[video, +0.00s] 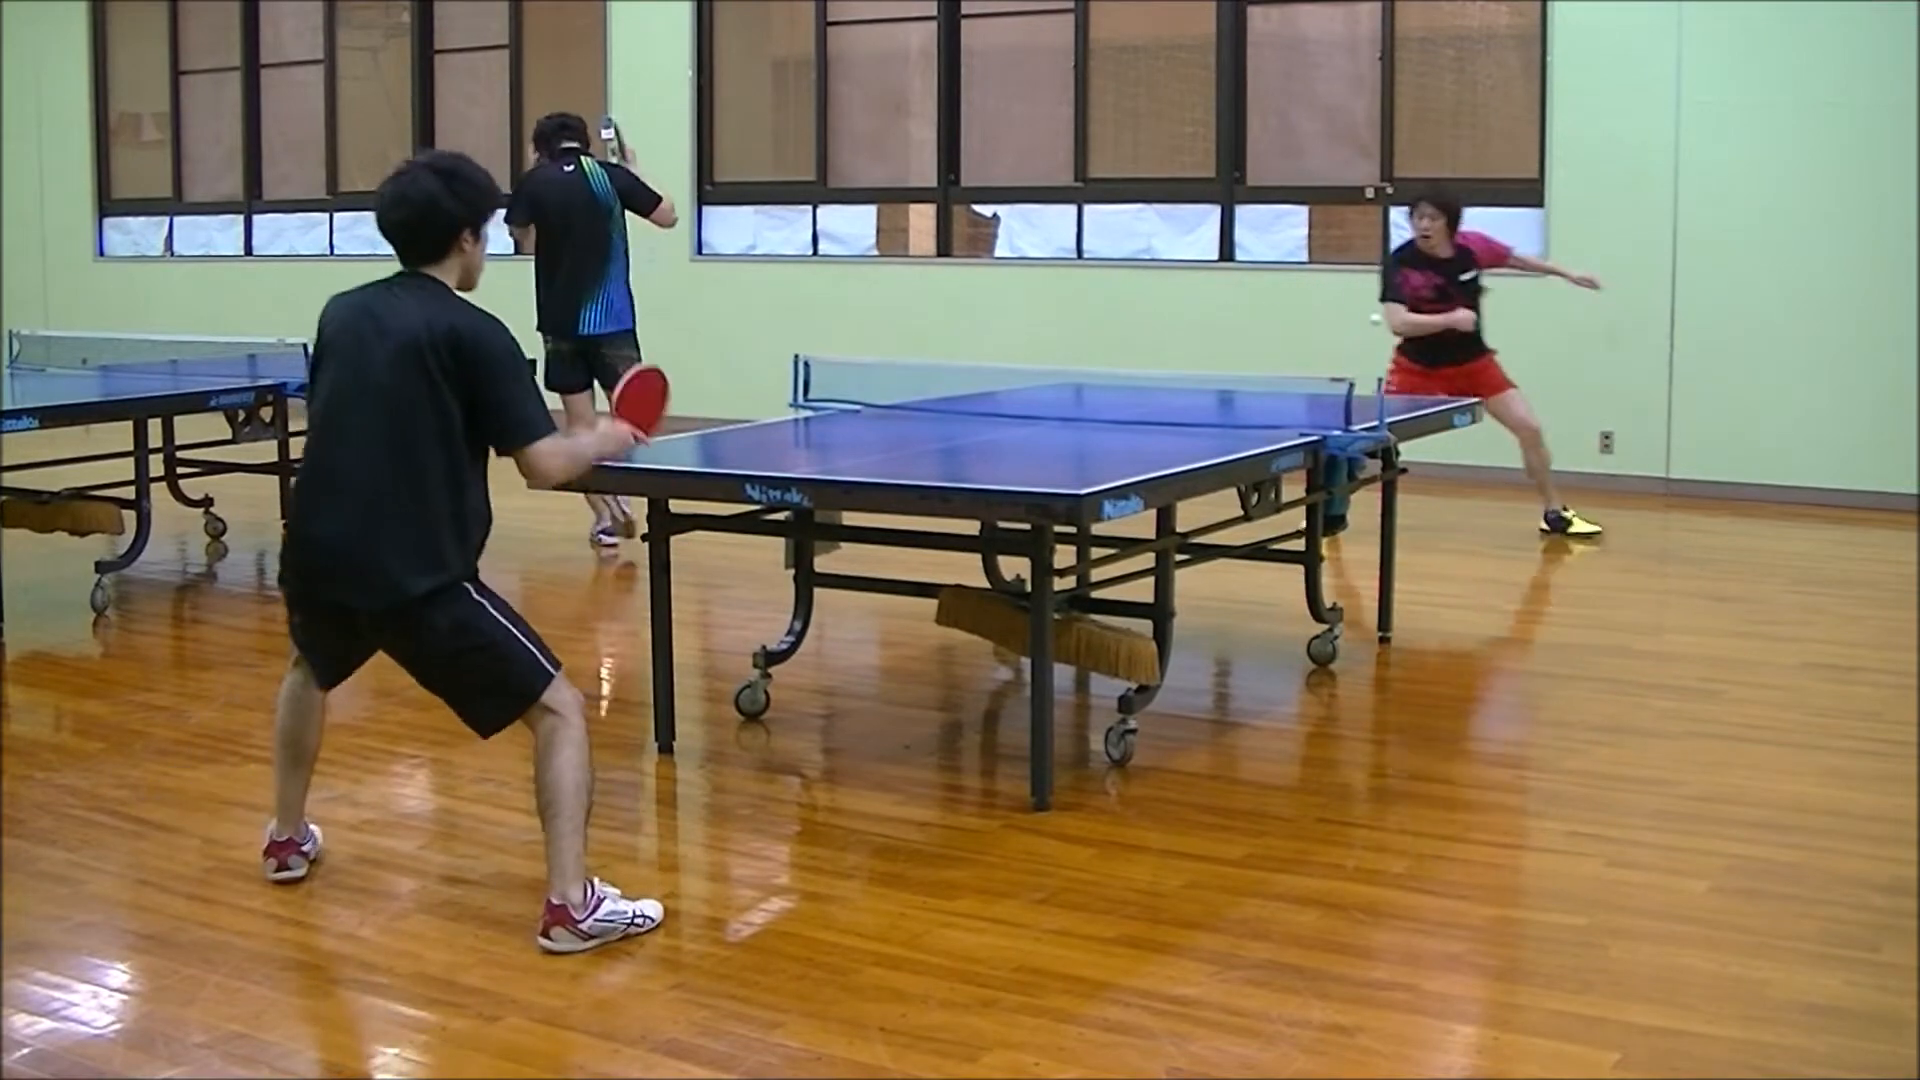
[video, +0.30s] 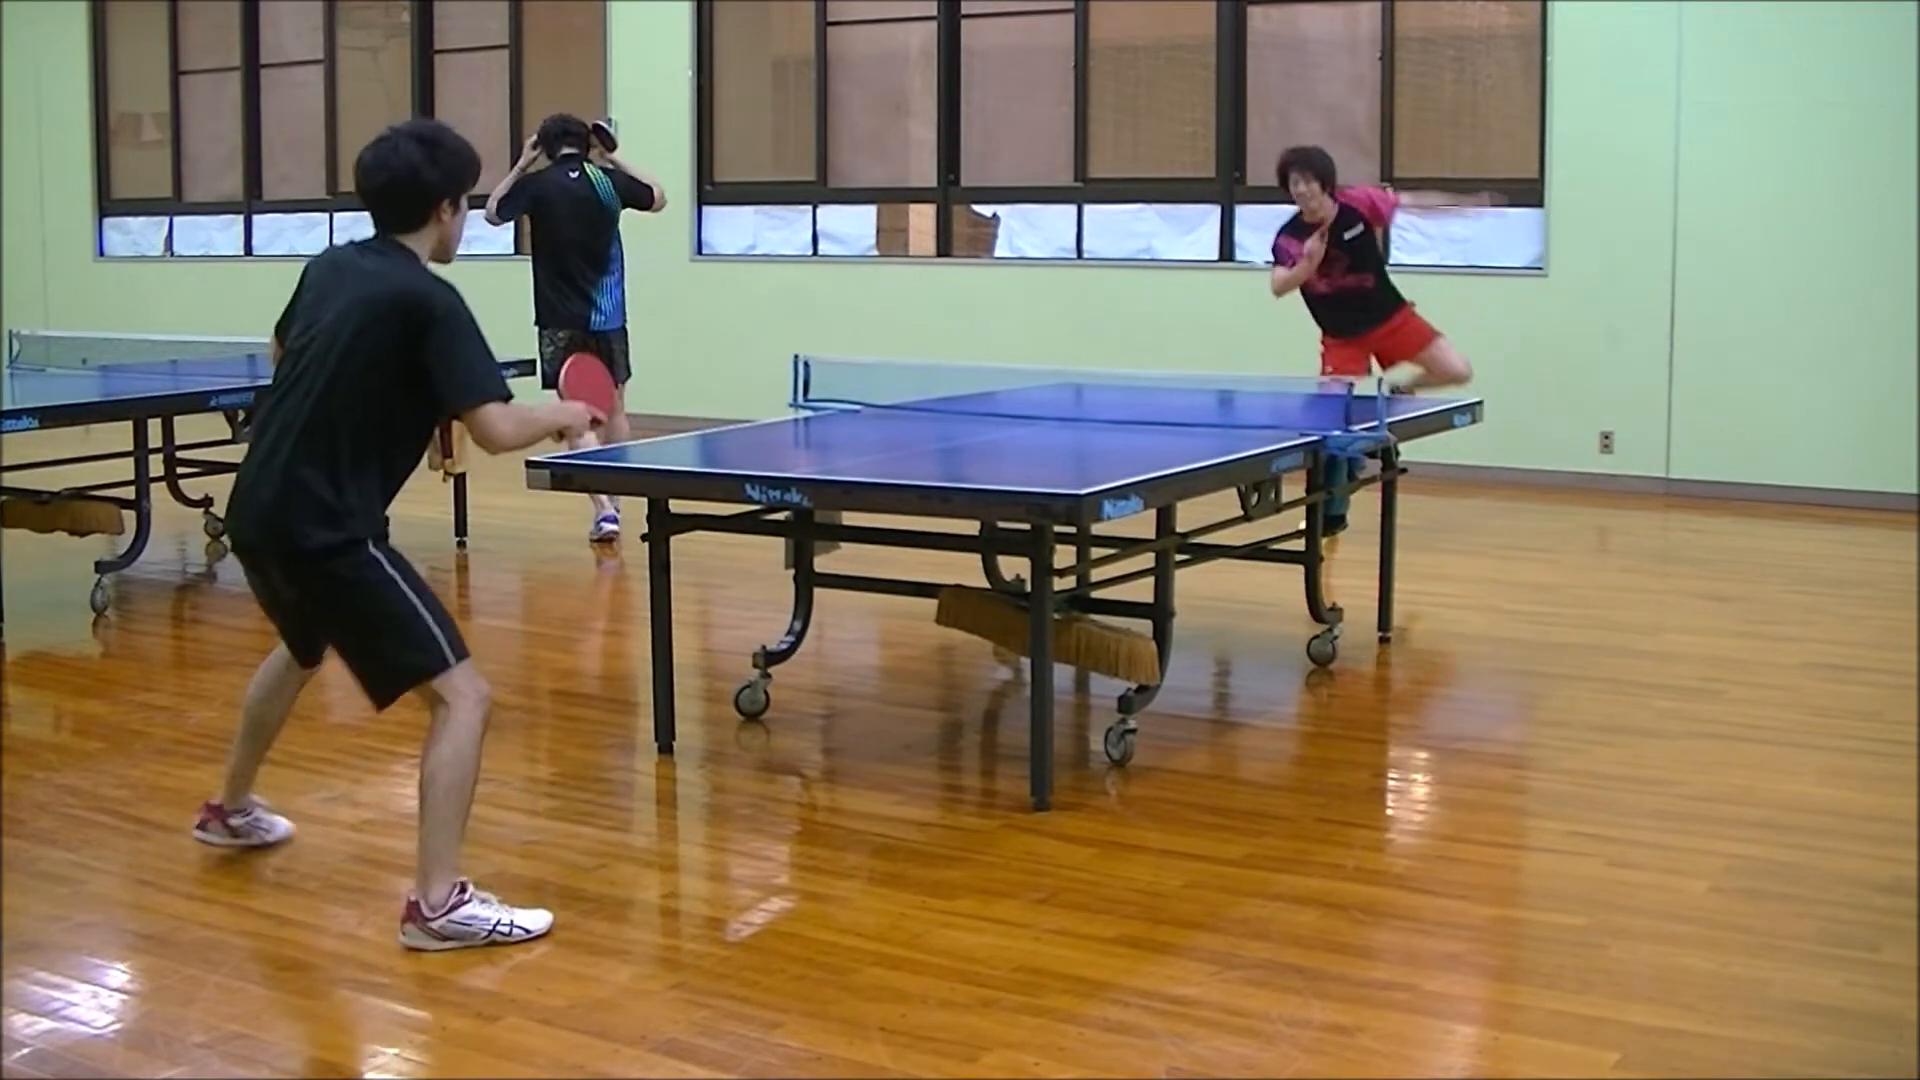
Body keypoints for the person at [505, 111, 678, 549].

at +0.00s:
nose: (533, 155)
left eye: (534, 149)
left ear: (539, 150)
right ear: (585, 144)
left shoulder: (533, 182)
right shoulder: (610, 175)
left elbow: (525, 242)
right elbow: (666, 215)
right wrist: (633, 172)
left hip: (560, 321)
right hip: (612, 319)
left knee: (579, 421)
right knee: (629, 411)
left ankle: (604, 521)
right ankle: (620, 506)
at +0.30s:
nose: (538, 154)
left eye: (539, 149)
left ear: (544, 150)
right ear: (586, 146)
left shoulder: (538, 185)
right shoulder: (607, 180)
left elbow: (494, 212)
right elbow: (657, 199)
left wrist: (522, 164)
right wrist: (614, 159)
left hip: (560, 315)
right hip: (609, 314)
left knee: (572, 414)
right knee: (615, 409)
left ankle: (604, 509)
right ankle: (614, 502)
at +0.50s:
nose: (526, 152)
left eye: (528, 145)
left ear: (536, 145)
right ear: (577, 142)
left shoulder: (537, 182)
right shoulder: (600, 179)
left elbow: (475, 197)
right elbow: (635, 195)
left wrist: (510, 157)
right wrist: (595, 161)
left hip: (552, 315)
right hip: (597, 313)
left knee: (545, 407)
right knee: (600, 407)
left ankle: (584, 476)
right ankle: (604, 498)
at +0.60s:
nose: (514, 157)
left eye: (517, 149)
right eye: (514, 148)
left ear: (531, 145)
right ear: (564, 141)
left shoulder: (532, 180)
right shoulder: (590, 177)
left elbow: (466, 190)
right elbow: (616, 190)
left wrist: (502, 150)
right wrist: (584, 158)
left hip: (543, 307)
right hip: (588, 307)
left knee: (522, 395)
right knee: (597, 403)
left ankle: (549, 477)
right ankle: (606, 497)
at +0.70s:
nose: (503, 157)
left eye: (506, 148)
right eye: (504, 147)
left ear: (521, 146)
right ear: (550, 145)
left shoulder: (527, 181)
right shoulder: (574, 180)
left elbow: (457, 180)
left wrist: (498, 145)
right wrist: (553, 147)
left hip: (532, 308)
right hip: (575, 307)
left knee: (512, 404)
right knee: (591, 400)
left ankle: (516, 498)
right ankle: (605, 495)